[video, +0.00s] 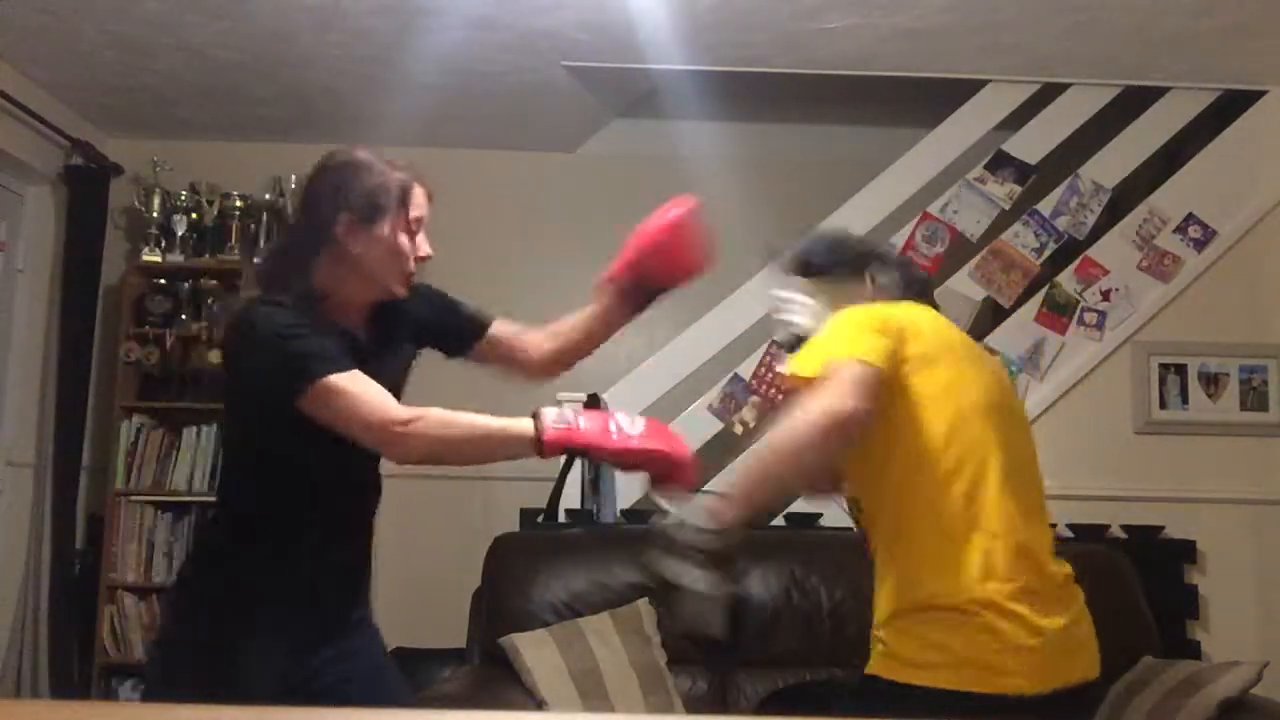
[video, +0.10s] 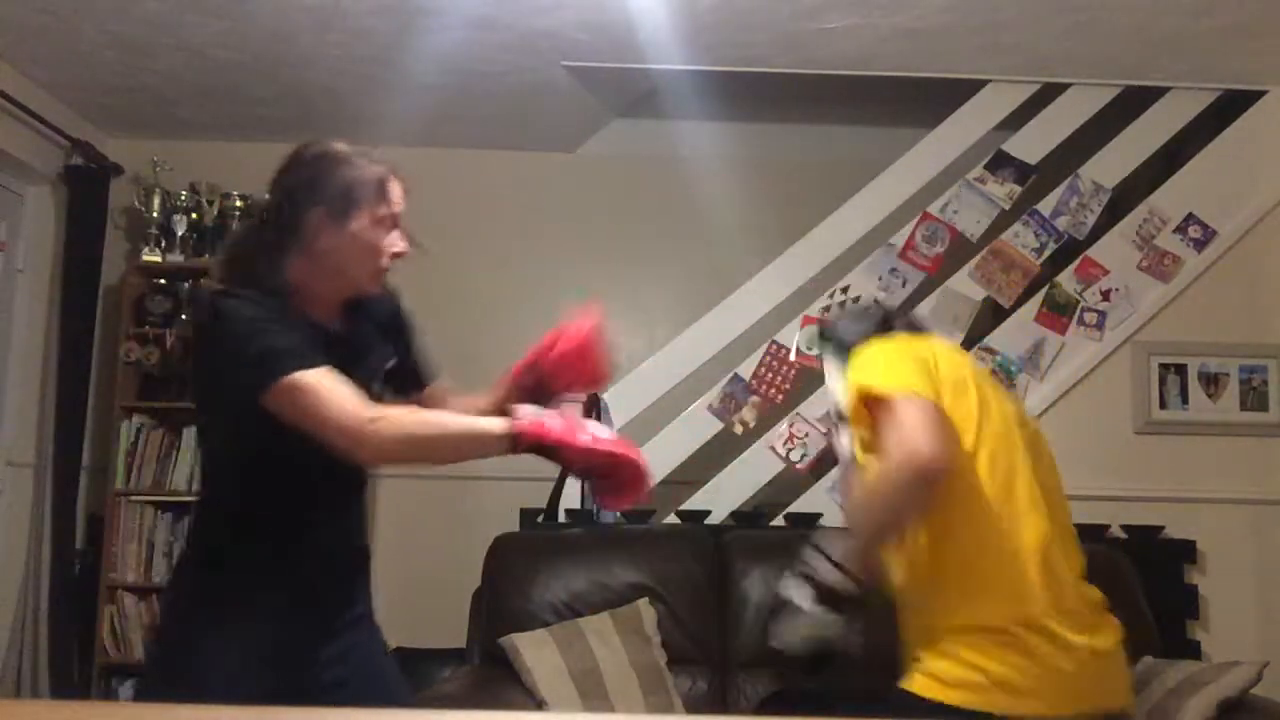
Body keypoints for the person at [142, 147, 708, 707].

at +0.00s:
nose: (422, 249)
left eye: (423, 232)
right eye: (409, 231)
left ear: (362, 235)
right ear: (348, 231)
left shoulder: (402, 309)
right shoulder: (271, 330)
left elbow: (536, 352)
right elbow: (395, 433)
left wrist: (629, 289)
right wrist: (563, 433)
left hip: (335, 623)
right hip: (232, 627)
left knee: (391, 712)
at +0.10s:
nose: (403, 246)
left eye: (400, 226)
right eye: (386, 225)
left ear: (332, 231)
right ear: (322, 228)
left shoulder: (372, 314)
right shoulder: (245, 324)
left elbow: (430, 411)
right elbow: (365, 434)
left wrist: (516, 391)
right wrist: (525, 430)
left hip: (338, 624)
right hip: (228, 632)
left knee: (387, 711)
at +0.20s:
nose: (375, 278)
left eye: (374, 259)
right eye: (361, 258)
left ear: (300, 262)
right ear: (294, 257)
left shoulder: (341, 355)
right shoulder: (199, 354)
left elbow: (339, 472)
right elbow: (303, 477)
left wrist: (465, 459)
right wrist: (457, 444)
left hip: (311, 657)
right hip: (195, 663)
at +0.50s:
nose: (475, 306)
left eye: (479, 289)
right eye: (466, 287)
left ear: (415, 280)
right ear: (404, 273)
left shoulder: (444, 357)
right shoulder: (277, 349)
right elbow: (231, 510)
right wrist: (387, 438)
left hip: (351, 664)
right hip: (227, 664)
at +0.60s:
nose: (498, 317)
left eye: (500, 298)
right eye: (488, 295)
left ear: (437, 292)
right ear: (428, 287)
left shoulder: (443, 372)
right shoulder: (296, 365)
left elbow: (510, 476)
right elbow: (269, 532)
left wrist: (618, 472)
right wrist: (404, 451)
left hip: (370, 643)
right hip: (263, 652)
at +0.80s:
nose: (425, 303)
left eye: (428, 285)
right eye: (418, 283)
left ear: (362, 282)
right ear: (358, 278)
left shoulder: (353, 357)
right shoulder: (254, 361)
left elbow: (352, 482)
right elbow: (298, 521)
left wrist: (453, 463)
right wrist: (406, 400)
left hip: (323, 644)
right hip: (236, 659)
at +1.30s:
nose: (348, 307)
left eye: (354, 292)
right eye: (341, 288)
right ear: (286, 280)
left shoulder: (304, 372)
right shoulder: (170, 366)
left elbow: (315, 497)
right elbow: (207, 506)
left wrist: (387, 444)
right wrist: (306, 380)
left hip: (281, 648)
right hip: (178, 653)